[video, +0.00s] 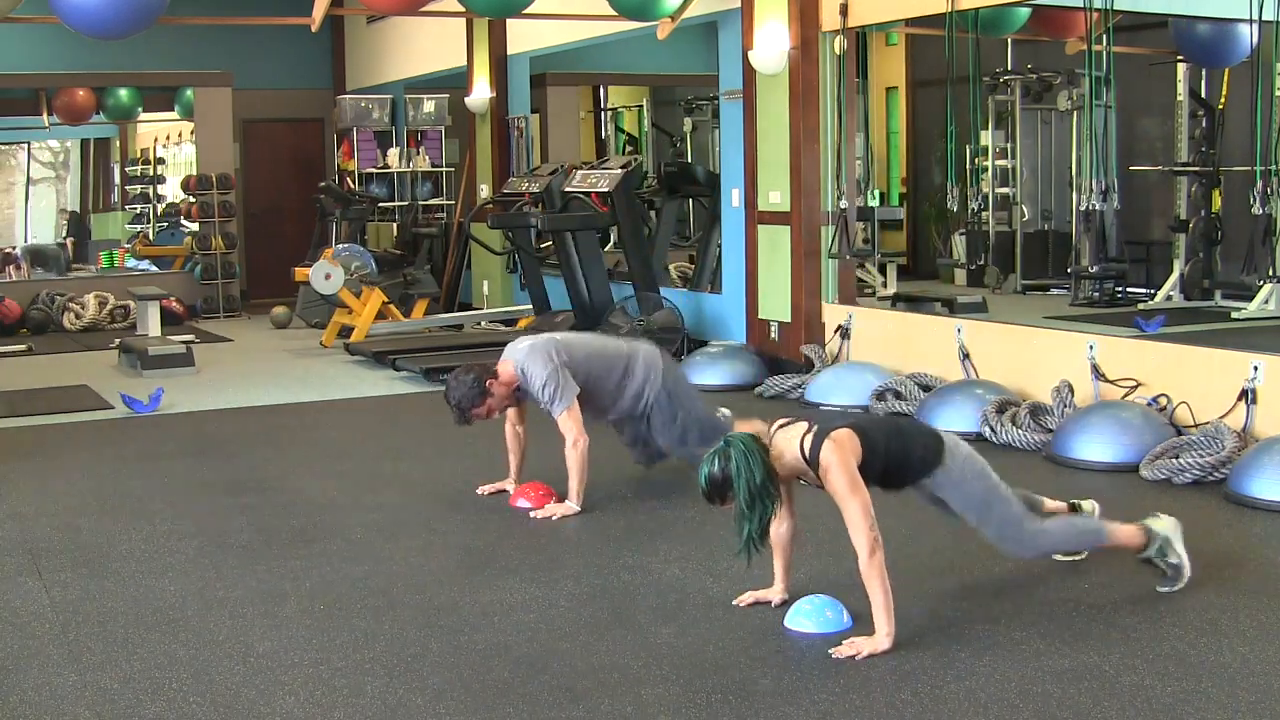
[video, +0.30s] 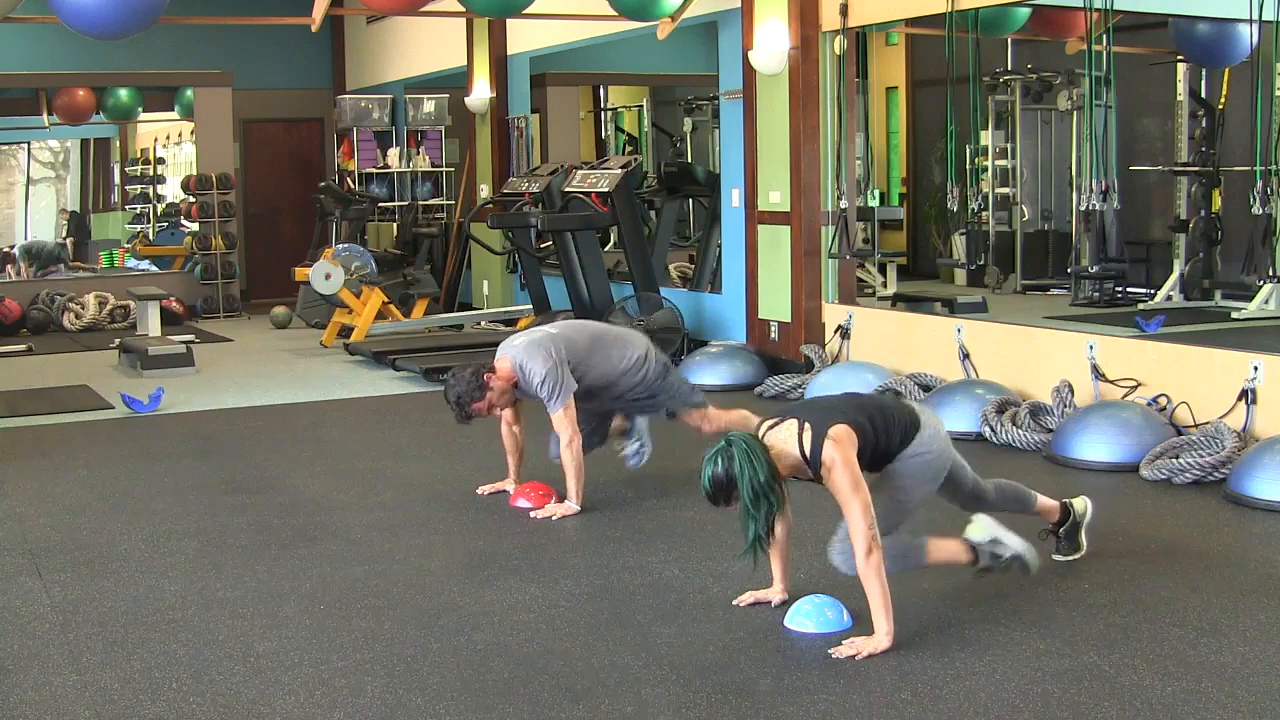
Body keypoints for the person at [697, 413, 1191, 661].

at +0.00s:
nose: (740, 504)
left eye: (739, 497)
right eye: (732, 500)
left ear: (752, 474)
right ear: (747, 449)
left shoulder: (828, 454)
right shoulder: (766, 441)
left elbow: (869, 547)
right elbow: (780, 514)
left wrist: (882, 634)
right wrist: (780, 586)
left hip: (937, 458)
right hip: (909, 459)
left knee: (1024, 539)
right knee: (997, 505)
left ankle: (1151, 535)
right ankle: (1070, 509)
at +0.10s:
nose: (744, 508)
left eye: (742, 498)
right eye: (735, 503)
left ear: (756, 476)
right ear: (741, 459)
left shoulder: (828, 451)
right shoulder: (766, 440)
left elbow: (867, 545)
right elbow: (776, 514)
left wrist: (883, 633)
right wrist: (779, 585)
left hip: (933, 436)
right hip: (905, 425)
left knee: (969, 561)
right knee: (978, 488)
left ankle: (1093, 535)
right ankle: (1069, 511)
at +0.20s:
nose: (740, 506)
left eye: (738, 499)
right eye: (732, 502)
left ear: (754, 480)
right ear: (743, 460)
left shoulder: (833, 449)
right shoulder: (767, 439)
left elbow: (868, 546)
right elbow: (777, 515)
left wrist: (883, 633)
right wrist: (779, 586)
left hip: (925, 436)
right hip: (912, 414)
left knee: (903, 566)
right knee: (974, 486)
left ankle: (1021, 535)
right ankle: (1061, 512)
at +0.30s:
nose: (739, 506)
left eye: (738, 498)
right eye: (732, 501)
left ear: (754, 478)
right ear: (741, 450)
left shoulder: (832, 450)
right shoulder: (768, 436)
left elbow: (868, 545)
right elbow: (775, 513)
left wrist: (883, 634)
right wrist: (779, 585)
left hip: (918, 447)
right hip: (911, 419)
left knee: (845, 553)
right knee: (977, 493)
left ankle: (979, 549)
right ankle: (1066, 513)